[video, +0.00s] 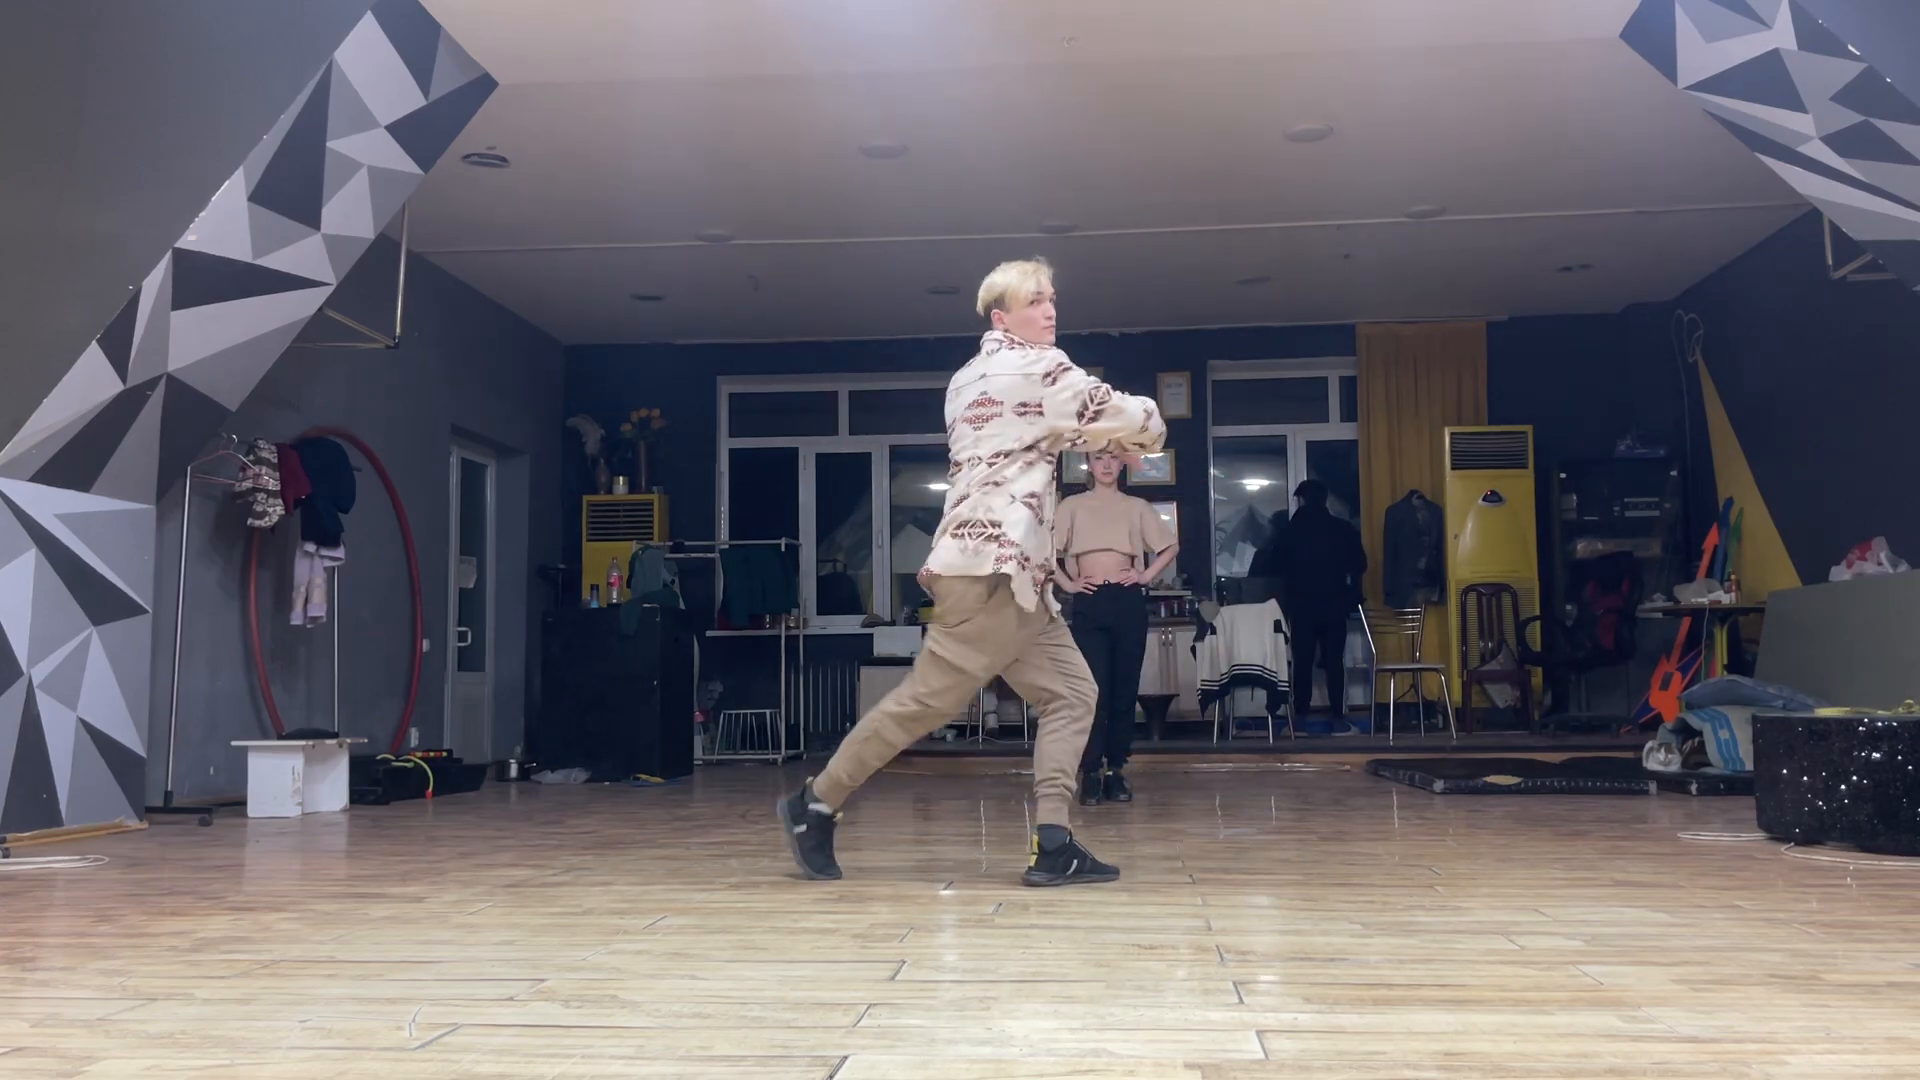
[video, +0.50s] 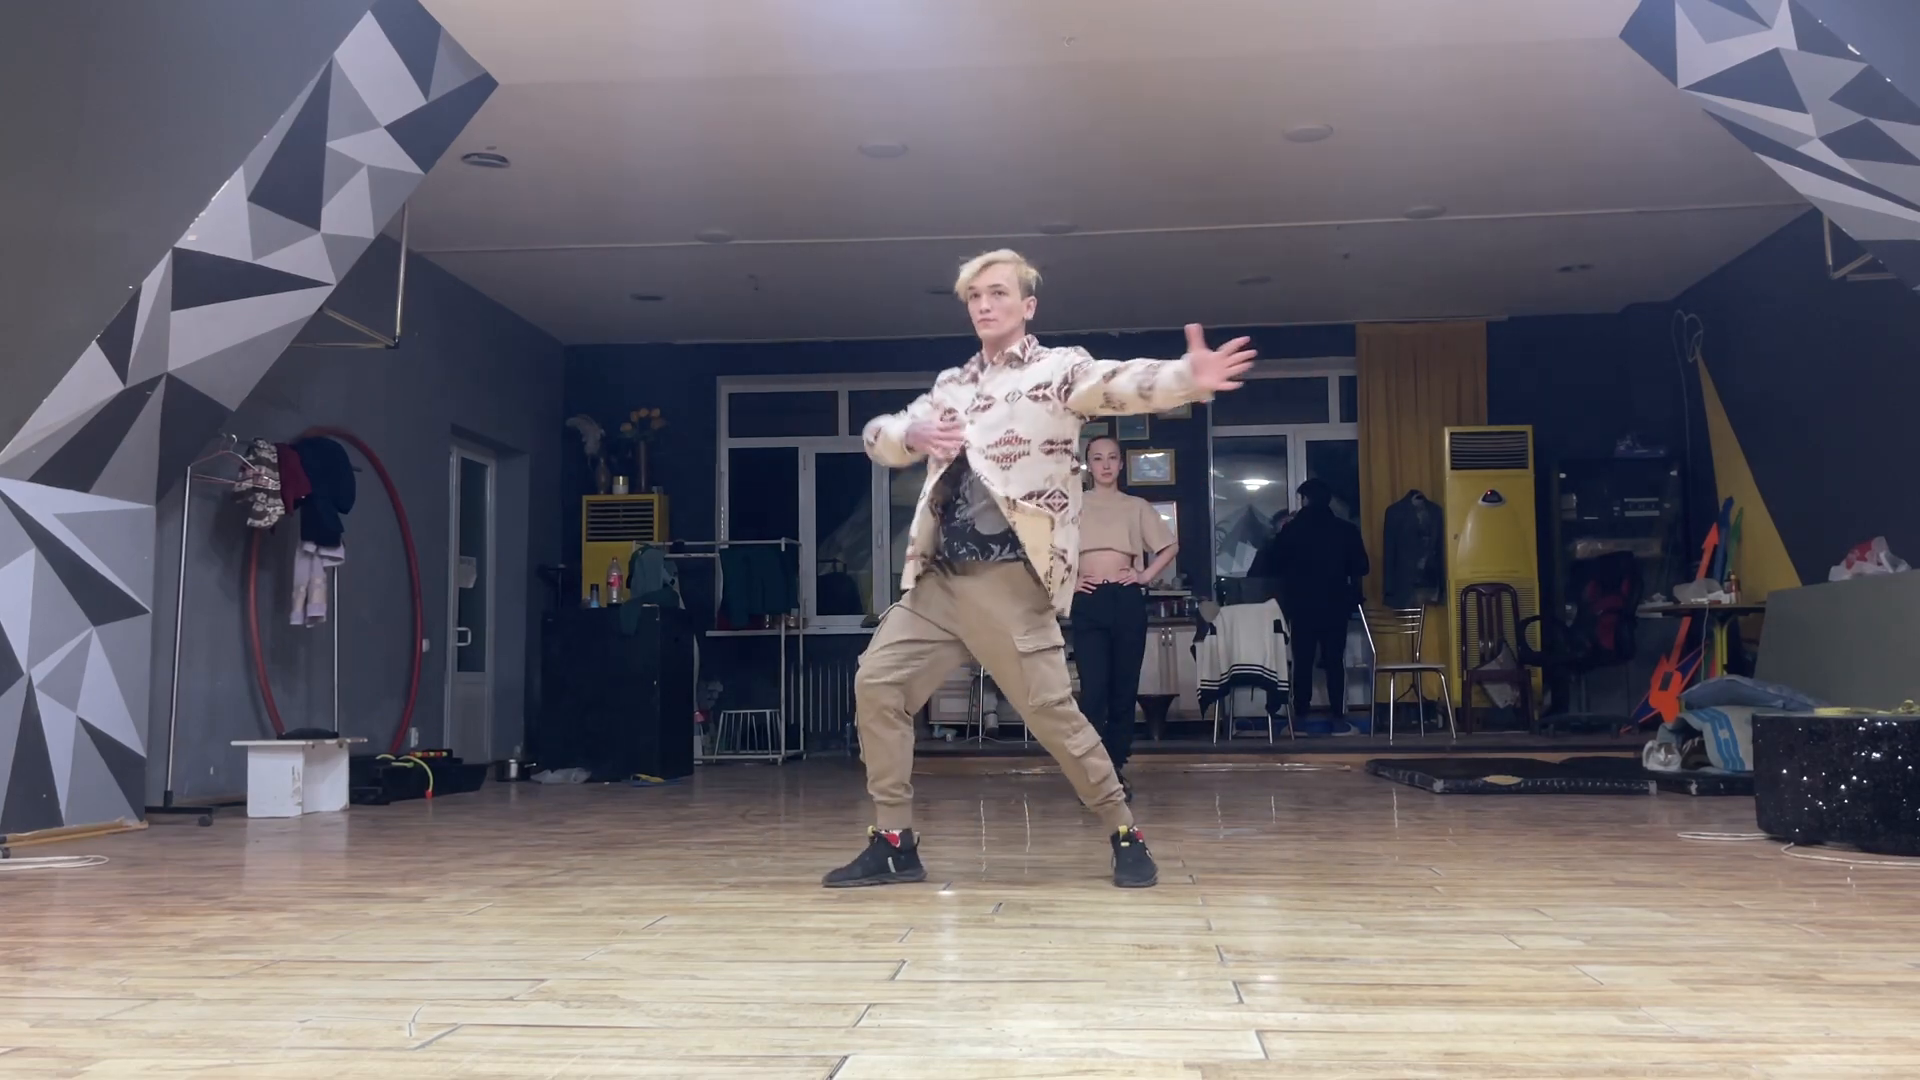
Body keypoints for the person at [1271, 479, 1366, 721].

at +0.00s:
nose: (1298, 504)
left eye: (1298, 500)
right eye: (1298, 500)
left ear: (1301, 500)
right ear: (1325, 500)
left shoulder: (1289, 530)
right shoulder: (1342, 527)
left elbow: (1277, 569)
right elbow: (1359, 565)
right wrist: (1353, 595)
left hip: (1301, 605)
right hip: (1333, 603)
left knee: (1302, 663)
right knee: (1334, 661)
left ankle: (1300, 719)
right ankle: (1337, 719)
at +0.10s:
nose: (1300, 503)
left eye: (1300, 499)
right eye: (1300, 499)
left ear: (1302, 500)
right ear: (1326, 499)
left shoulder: (1290, 531)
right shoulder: (1343, 528)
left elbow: (1278, 569)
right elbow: (1360, 566)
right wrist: (1353, 597)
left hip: (1302, 605)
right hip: (1334, 604)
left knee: (1302, 663)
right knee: (1334, 661)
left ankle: (1300, 719)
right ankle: (1337, 719)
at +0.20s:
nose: (1302, 502)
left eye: (1302, 498)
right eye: (1304, 498)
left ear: (1304, 499)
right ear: (1327, 500)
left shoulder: (1291, 530)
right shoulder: (1345, 529)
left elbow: (1274, 568)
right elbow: (1360, 566)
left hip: (1301, 605)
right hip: (1335, 605)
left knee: (1302, 662)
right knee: (1334, 662)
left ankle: (1300, 719)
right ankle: (1337, 719)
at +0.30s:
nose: (1301, 502)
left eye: (1301, 499)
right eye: (1302, 499)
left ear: (1304, 500)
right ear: (1328, 499)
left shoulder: (1291, 530)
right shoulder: (1345, 529)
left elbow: (1273, 567)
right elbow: (1360, 567)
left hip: (1301, 605)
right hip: (1334, 604)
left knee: (1302, 662)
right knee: (1334, 662)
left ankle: (1300, 719)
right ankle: (1337, 719)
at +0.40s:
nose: (1302, 502)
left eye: (1302, 498)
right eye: (1303, 499)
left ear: (1305, 499)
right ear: (1328, 500)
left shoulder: (1291, 529)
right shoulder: (1346, 529)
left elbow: (1271, 566)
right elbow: (1360, 567)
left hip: (1300, 604)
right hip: (1334, 604)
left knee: (1302, 662)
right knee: (1334, 661)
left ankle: (1300, 717)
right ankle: (1337, 718)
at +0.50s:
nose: (1302, 502)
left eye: (1302, 498)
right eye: (1303, 499)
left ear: (1305, 500)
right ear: (1328, 500)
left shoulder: (1291, 530)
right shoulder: (1346, 529)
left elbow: (1270, 567)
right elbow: (1360, 567)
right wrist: (1337, 564)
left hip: (1301, 604)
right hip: (1335, 604)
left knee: (1302, 661)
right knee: (1335, 661)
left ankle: (1300, 717)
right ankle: (1338, 718)